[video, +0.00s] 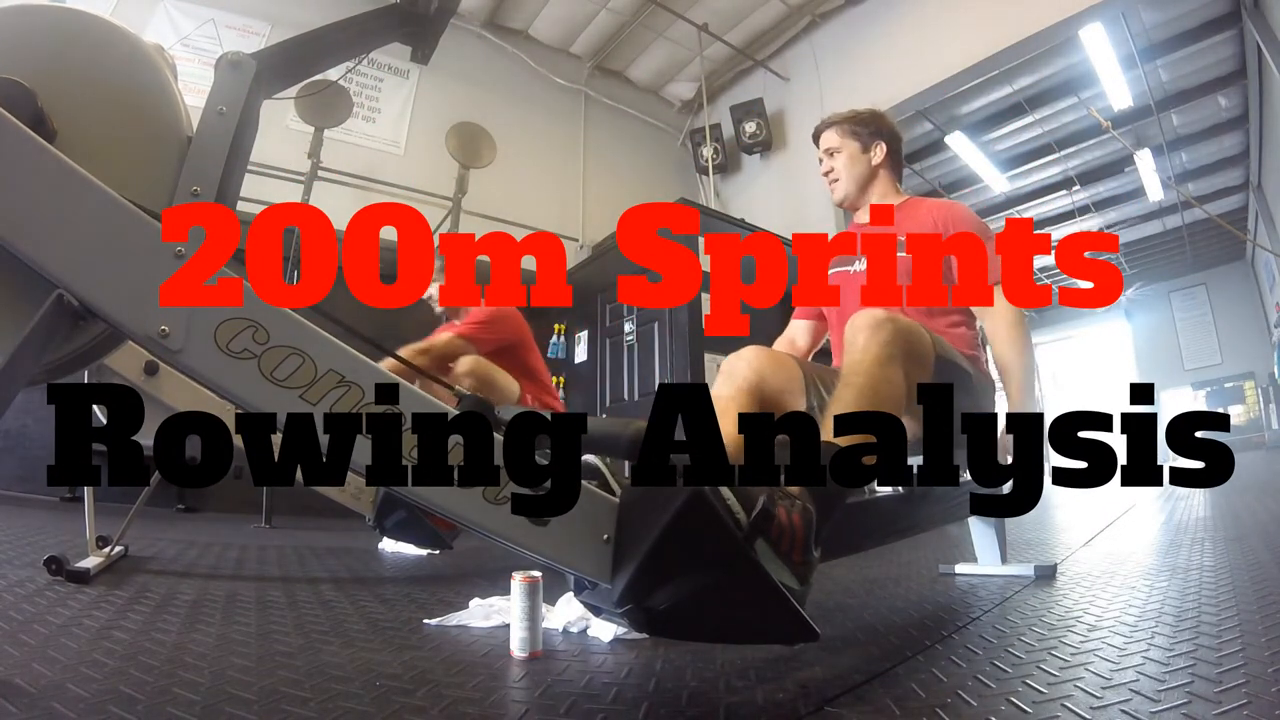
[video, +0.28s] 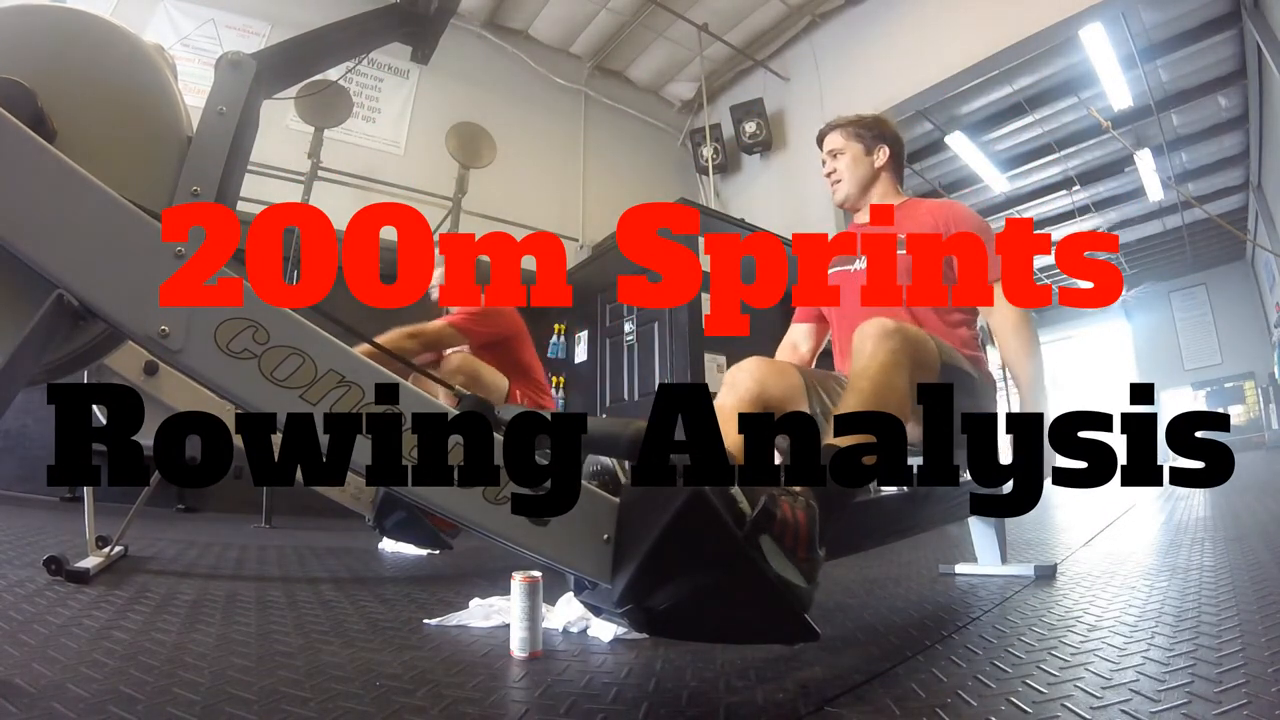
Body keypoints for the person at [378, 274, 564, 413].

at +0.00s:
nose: (427, 293)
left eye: (435, 282)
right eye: (428, 284)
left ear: (462, 282)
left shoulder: (497, 312)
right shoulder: (451, 327)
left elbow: (430, 353)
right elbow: (416, 357)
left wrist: (371, 377)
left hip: (539, 410)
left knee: (470, 366)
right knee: (420, 370)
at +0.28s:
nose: (433, 282)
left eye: (441, 271)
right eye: (434, 272)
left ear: (466, 273)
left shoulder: (491, 309)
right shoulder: (460, 316)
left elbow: (419, 340)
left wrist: (351, 359)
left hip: (531, 406)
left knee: (458, 363)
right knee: (420, 367)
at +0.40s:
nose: (476, 274)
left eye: (482, 267)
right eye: (474, 268)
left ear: (500, 268)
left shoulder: (520, 309)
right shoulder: (483, 314)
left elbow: (448, 337)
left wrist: (366, 358)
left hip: (549, 408)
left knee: (473, 369)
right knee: (434, 375)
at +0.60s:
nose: (568, 275)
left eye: (576, 268)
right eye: (564, 268)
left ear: (592, 277)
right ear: (554, 276)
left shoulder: (601, 317)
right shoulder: (554, 329)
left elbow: (544, 338)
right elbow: (511, 354)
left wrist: (459, 357)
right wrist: (454, 365)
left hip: (597, 417)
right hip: (557, 410)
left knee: (520, 384)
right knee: (488, 396)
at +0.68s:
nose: (604, 279)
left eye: (614, 273)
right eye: (602, 273)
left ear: (630, 283)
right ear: (594, 280)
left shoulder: (639, 324)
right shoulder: (593, 336)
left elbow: (586, 343)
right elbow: (543, 360)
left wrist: (512, 354)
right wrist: (476, 370)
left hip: (626, 422)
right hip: (590, 415)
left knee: (539, 400)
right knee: (532, 401)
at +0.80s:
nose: (644, 286)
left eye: (652, 280)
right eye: (642, 280)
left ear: (666, 289)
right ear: (634, 289)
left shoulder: (675, 333)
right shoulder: (622, 344)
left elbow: (632, 352)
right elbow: (580, 370)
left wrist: (564, 358)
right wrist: (525, 377)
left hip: (645, 429)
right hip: (612, 429)